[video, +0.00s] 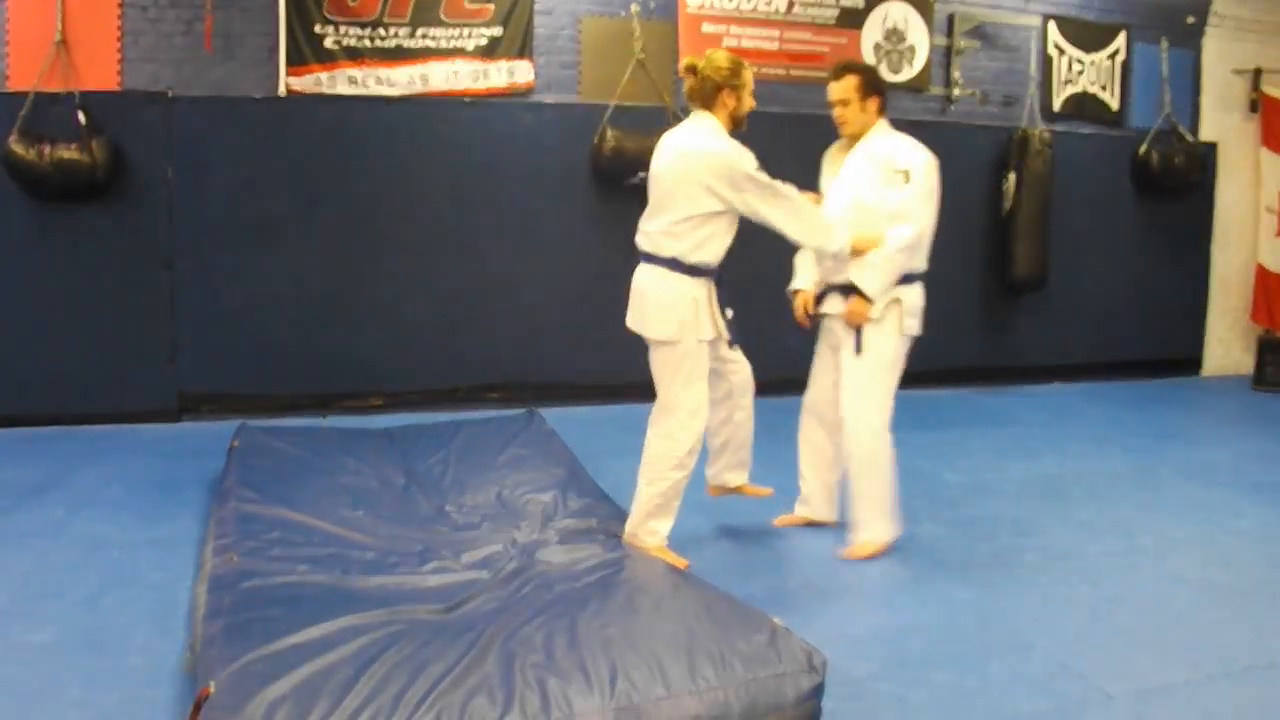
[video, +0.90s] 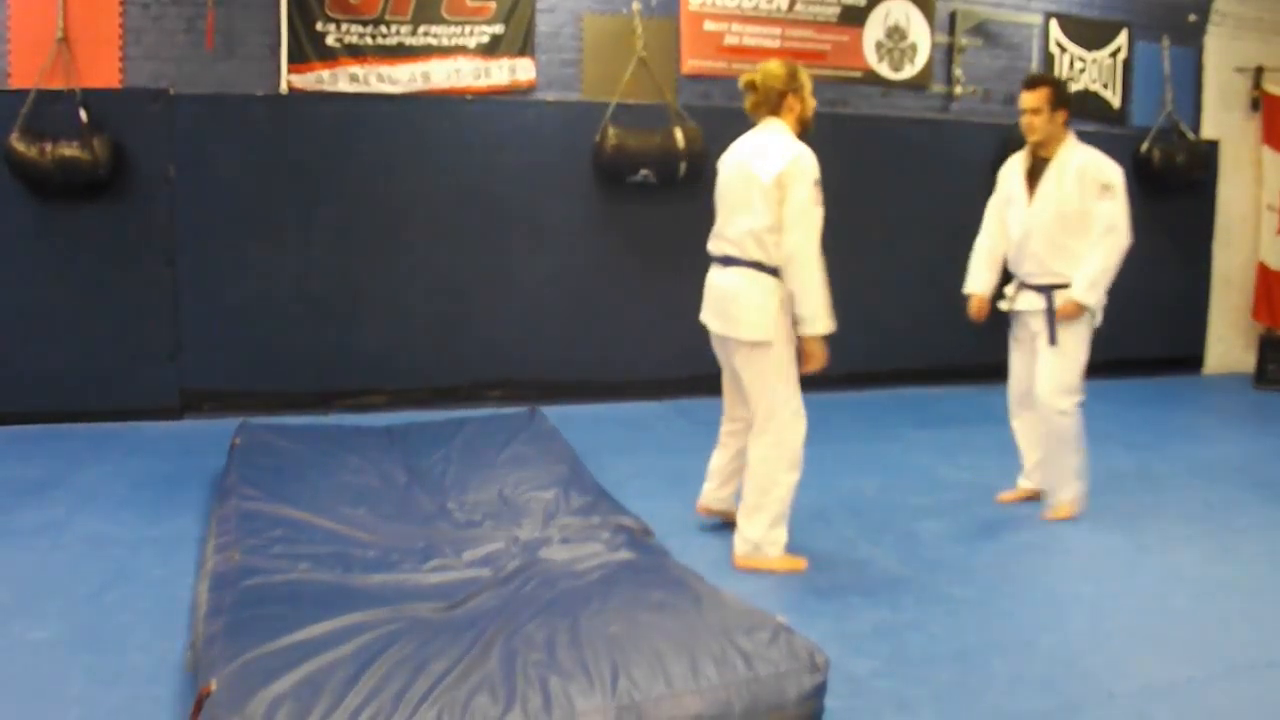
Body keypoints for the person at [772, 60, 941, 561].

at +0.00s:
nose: (835, 114)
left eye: (844, 105)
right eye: (832, 106)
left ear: (873, 103)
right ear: (834, 107)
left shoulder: (912, 158)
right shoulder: (835, 157)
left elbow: (911, 236)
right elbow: (822, 222)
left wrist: (867, 290)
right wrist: (805, 282)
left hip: (886, 302)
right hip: (836, 297)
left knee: (866, 415)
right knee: (820, 408)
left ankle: (876, 529)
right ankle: (817, 506)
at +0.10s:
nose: (852, 116)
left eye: (861, 106)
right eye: (849, 107)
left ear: (891, 106)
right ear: (850, 109)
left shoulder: (928, 162)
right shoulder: (852, 159)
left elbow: (920, 238)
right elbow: (837, 226)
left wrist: (875, 289)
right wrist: (815, 281)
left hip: (902, 301)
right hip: (850, 297)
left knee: (877, 409)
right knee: (830, 405)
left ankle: (918, 510)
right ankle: (819, 505)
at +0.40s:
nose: (932, 119)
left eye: (940, 110)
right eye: (930, 110)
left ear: (970, 113)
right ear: (937, 113)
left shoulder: (999, 173)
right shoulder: (935, 162)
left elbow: (971, 248)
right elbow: (913, 237)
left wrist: (915, 298)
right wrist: (891, 291)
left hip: (975, 304)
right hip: (928, 301)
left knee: (959, 405)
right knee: (894, 397)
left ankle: (975, 510)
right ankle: (881, 496)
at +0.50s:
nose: (957, 114)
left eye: (967, 106)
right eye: (955, 105)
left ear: (995, 110)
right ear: (956, 107)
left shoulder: (1023, 168)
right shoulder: (955, 157)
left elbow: (1006, 242)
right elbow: (938, 229)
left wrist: (956, 289)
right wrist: (925, 280)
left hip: (995, 296)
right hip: (948, 294)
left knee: (976, 400)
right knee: (923, 390)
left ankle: (979, 510)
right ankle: (950, 484)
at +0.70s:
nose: (993, 126)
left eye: (1003, 118)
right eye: (990, 117)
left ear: (1029, 123)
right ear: (985, 121)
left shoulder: (1060, 176)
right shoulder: (981, 175)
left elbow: (1074, 243)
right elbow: (961, 234)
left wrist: (1033, 292)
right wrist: (949, 288)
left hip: (1040, 304)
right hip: (993, 301)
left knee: (1008, 400)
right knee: (1009, 394)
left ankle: (980, 507)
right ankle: (1034, 474)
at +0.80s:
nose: (1007, 126)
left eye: (1017, 118)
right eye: (1003, 117)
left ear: (1042, 120)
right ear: (1000, 120)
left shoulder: (1079, 173)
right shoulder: (998, 174)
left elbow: (1085, 244)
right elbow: (978, 237)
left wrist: (1067, 303)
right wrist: (959, 294)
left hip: (1054, 297)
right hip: (1009, 296)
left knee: (1028, 397)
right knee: (1018, 394)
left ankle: (1003, 498)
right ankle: (1038, 472)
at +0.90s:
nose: (1027, 122)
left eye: (1036, 113)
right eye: (1023, 113)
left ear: (1062, 116)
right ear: (1019, 117)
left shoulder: (1099, 171)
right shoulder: (1014, 169)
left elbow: (1113, 239)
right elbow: (993, 230)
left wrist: (1083, 295)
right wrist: (980, 284)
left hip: (1070, 299)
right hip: (1023, 297)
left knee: (1057, 397)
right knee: (1022, 394)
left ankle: (1068, 492)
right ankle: (1033, 477)